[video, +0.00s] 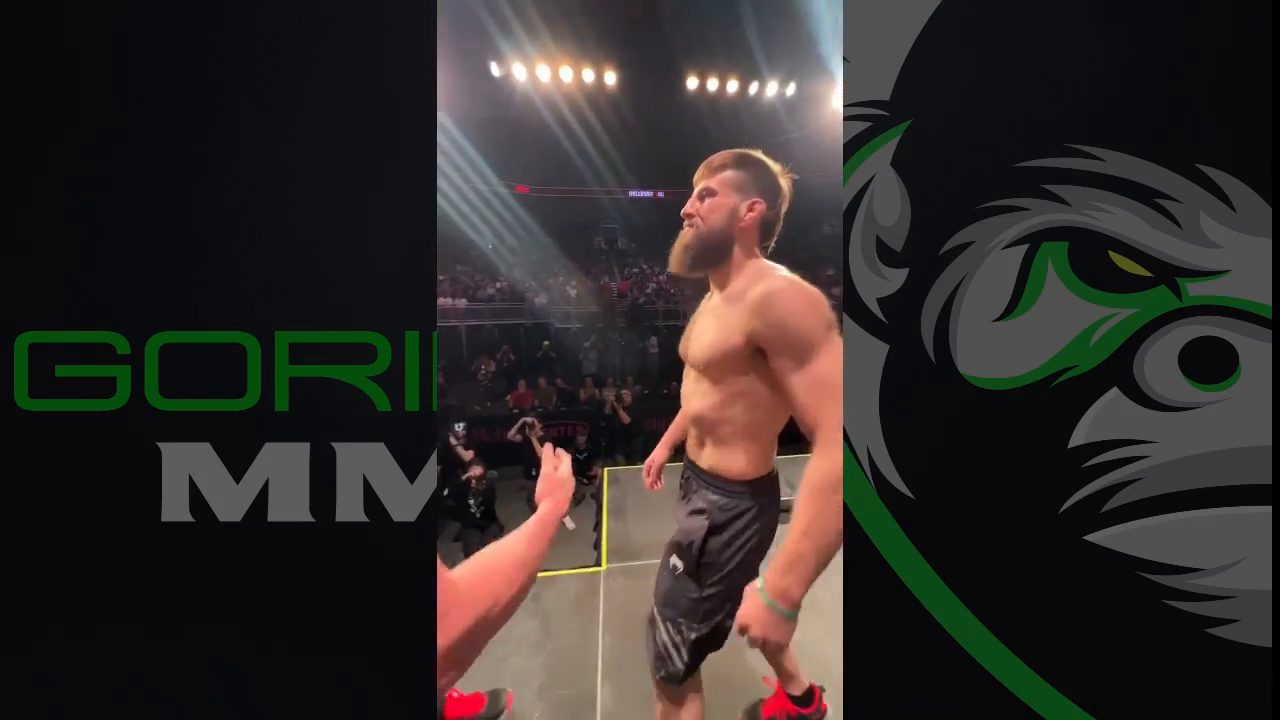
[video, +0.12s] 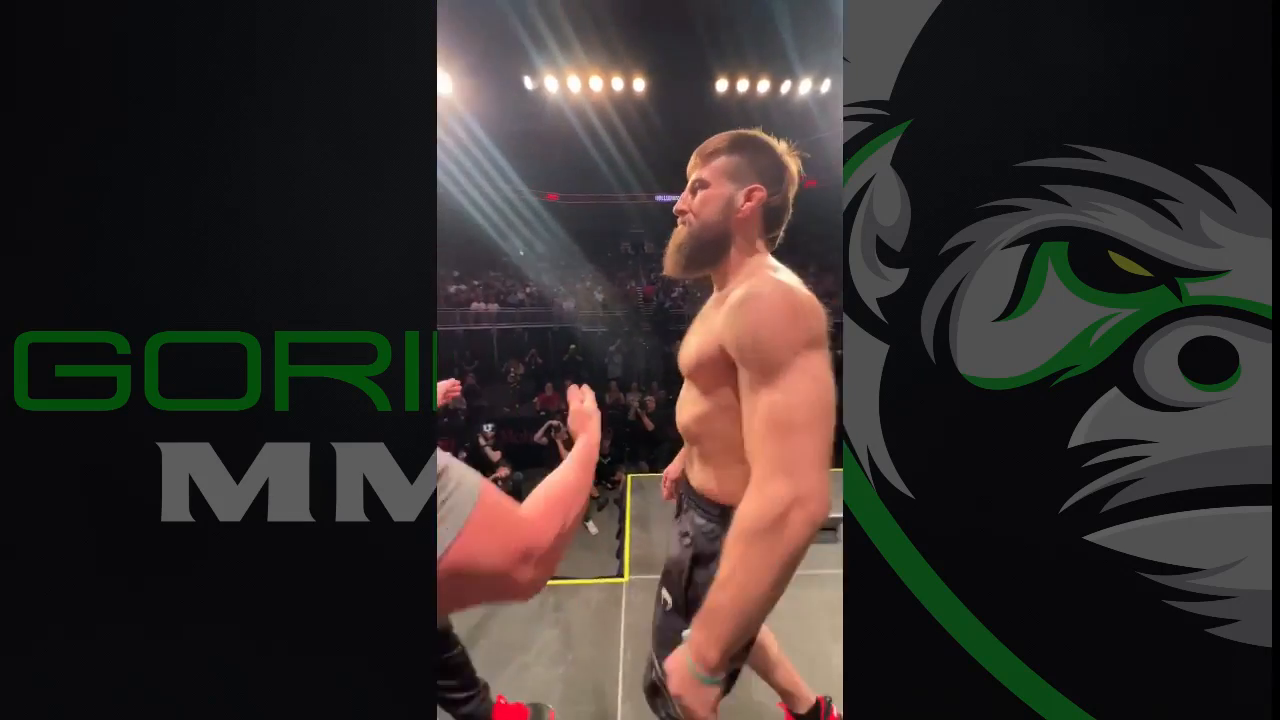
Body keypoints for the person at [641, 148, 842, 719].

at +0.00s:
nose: (687, 206)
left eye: (706, 194)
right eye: (692, 195)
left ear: (751, 211)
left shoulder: (781, 298)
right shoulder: (718, 295)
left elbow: (840, 447)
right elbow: (711, 389)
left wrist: (782, 591)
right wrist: (666, 444)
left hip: (733, 504)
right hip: (704, 487)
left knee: (671, 658)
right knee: (752, 603)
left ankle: (676, 710)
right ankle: (797, 694)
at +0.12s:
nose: (680, 203)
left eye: (699, 187)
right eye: (686, 187)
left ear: (749, 200)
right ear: (741, 203)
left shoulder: (770, 300)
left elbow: (792, 497)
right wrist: (688, 458)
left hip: (726, 531)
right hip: (702, 513)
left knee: (677, 687)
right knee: (728, 622)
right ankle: (805, 704)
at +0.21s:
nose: (670, 208)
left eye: (688, 188)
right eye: (676, 190)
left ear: (743, 194)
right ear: (737, 197)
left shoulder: (761, 300)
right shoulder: (744, 296)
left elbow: (746, 527)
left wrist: (620, 652)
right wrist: (701, 478)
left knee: (691, 703)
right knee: (734, 667)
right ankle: (792, 710)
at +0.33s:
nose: (658, 222)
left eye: (671, 196)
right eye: (662, 201)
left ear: (725, 191)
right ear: (726, 194)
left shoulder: (756, 299)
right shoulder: (777, 290)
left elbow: (688, 561)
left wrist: (550, 590)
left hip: (739, 594)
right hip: (756, 577)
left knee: (716, 711)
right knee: (710, 708)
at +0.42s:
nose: (654, 235)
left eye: (665, 208)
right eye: (656, 212)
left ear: (718, 197)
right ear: (718, 200)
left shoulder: (759, 299)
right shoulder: (794, 292)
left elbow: (684, 589)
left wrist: (547, 579)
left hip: (751, 616)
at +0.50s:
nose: (656, 245)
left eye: (666, 217)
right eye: (657, 222)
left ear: (720, 205)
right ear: (721, 208)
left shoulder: (776, 303)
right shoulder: (807, 299)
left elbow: (723, 632)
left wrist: (567, 607)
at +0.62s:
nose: (661, 259)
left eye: (669, 233)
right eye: (661, 238)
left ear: (725, 219)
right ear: (726, 222)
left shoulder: (801, 318)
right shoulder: (766, 322)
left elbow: (816, 642)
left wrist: (660, 709)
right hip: (740, 615)